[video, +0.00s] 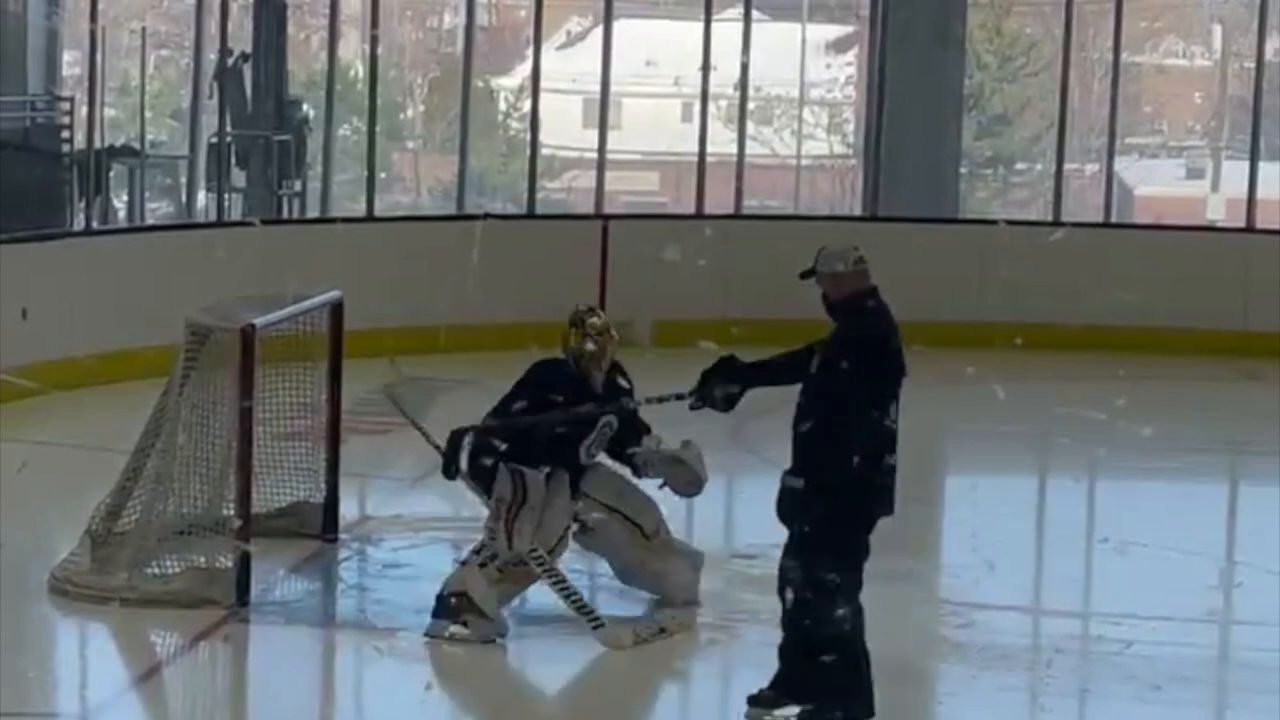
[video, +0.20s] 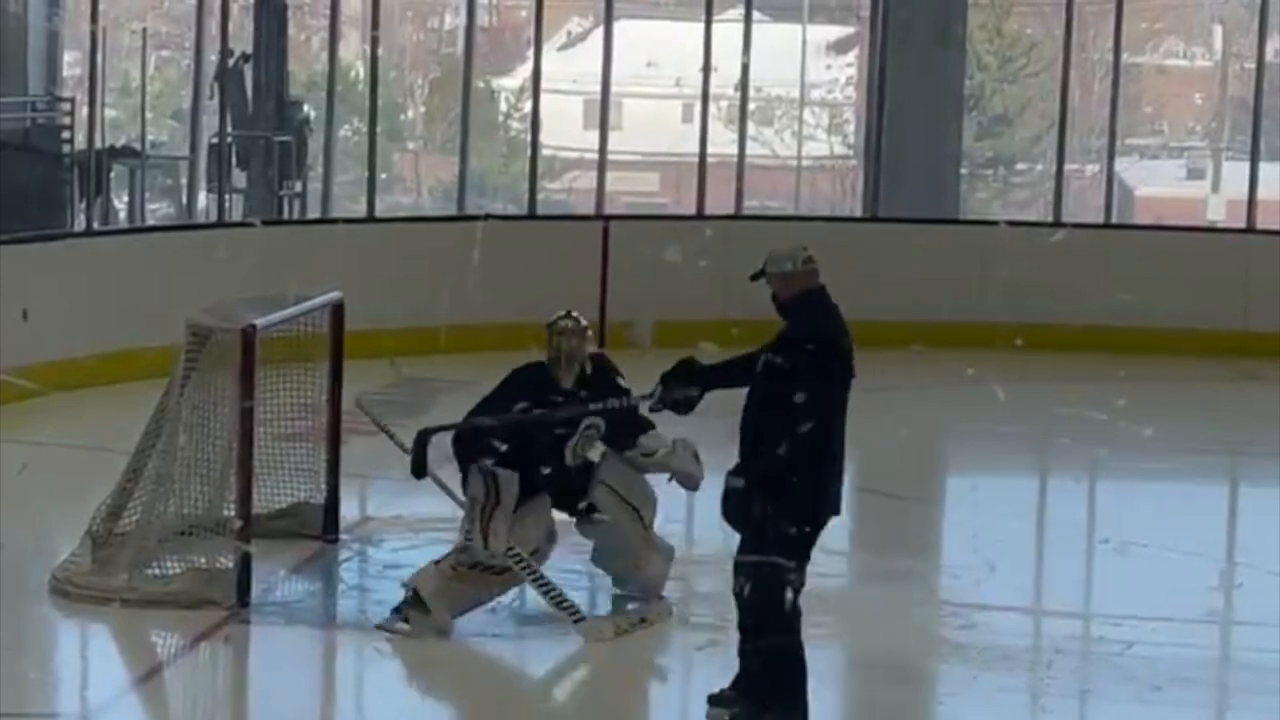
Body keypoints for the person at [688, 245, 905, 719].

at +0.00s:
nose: (824, 293)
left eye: (829, 284)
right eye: (822, 285)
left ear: (847, 283)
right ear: (851, 281)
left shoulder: (868, 336)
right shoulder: (849, 330)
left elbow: (845, 426)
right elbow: (801, 363)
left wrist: (810, 480)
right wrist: (741, 374)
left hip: (848, 492)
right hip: (823, 487)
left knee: (832, 593)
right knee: (797, 582)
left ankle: (846, 700)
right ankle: (797, 678)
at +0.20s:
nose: (771, 293)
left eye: (775, 284)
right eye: (770, 285)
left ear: (793, 284)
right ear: (804, 280)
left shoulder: (816, 333)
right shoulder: (801, 328)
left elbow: (795, 426)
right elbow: (756, 366)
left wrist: (750, 478)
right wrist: (699, 377)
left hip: (797, 491)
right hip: (778, 486)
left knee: (770, 595)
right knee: (751, 585)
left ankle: (779, 703)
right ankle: (753, 684)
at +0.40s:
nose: (719, 292)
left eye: (723, 282)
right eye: (718, 283)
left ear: (741, 281)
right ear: (749, 280)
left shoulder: (766, 329)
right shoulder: (750, 326)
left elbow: (723, 379)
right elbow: (716, 379)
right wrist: (663, 385)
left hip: (747, 487)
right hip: (726, 482)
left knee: (712, 593)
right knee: (702, 591)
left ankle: (724, 700)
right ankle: (710, 690)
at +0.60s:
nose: (670, 287)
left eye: (675, 278)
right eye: (671, 279)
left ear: (694, 279)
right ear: (708, 278)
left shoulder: (707, 335)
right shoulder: (697, 328)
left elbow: (693, 429)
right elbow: (661, 399)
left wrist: (638, 434)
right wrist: (630, 421)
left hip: (682, 493)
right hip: (684, 486)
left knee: (657, 598)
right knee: (668, 595)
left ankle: (676, 701)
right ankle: (673, 697)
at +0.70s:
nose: (644, 286)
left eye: (648, 277)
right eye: (645, 278)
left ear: (662, 279)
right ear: (680, 278)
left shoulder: (697, 333)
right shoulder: (655, 328)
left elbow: (684, 427)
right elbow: (628, 416)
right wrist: (607, 477)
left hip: (663, 489)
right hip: (637, 483)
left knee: (641, 591)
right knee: (629, 589)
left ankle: (655, 700)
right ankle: (643, 691)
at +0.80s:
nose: (620, 282)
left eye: (624, 274)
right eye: (620, 275)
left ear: (639, 275)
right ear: (655, 275)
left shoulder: (681, 328)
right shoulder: (621, 329)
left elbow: (699, 407)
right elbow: (602, 409)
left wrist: (656, 445)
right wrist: (580, 470)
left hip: (648, 481)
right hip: (611, 475)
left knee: (617, 584)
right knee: (602, 583)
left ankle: (622, 695)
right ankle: (613, 689)